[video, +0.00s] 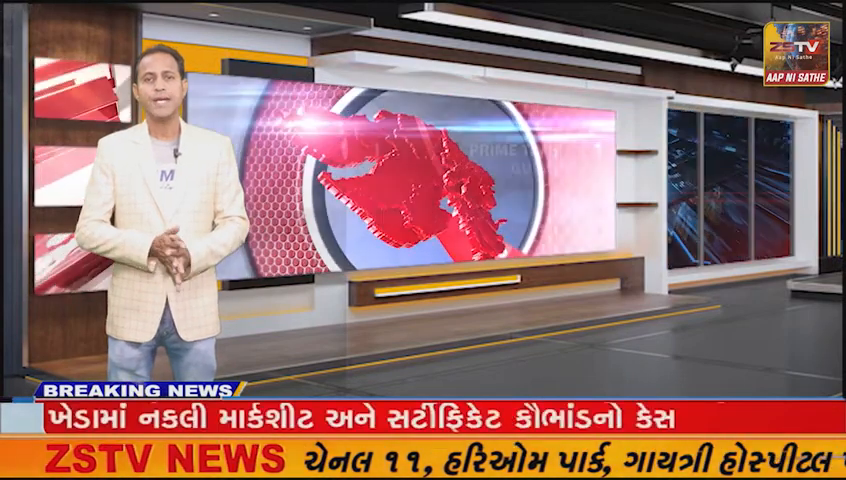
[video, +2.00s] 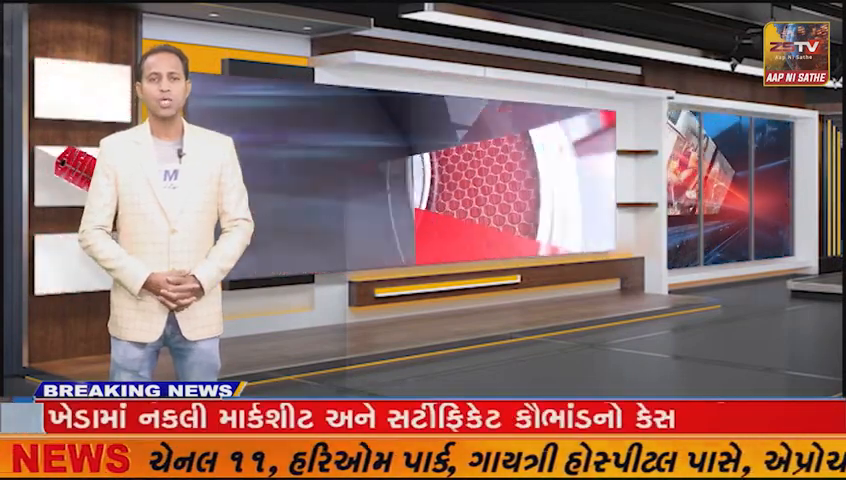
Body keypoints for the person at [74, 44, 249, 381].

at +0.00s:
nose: (160, 86)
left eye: (169, 77)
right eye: (149, 78)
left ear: (184, 86)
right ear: (136, 91)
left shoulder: (216, 147)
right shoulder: (113, 148)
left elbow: (235, 221)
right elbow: (88, 228)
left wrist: (195, 254)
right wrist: (146, 246)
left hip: (194, 303)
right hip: (133, 303)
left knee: (200, 415)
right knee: (125, 417)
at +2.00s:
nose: (164, 87)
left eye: (174, 78)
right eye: (154, 78)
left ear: (187, 88)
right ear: (140, 89)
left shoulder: (219, 147)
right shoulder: (115, 149)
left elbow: (239, 224)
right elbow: (92, 232)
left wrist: (201, 279)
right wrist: (145, 279)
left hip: (199, 310)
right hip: (135, 310)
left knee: (204, 420)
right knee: (127, 421)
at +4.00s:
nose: (163, 89)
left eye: (173, 79)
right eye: (153, 80)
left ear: (187, 88)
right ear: (140, 90)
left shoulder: (219, 148)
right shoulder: (115, 148)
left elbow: (238, 225)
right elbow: (92, 232)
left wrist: (201, 280)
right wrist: (144, 279)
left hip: (199, 310)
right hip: (134, 310)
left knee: (205, 419)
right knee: (125, 420)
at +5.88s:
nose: (168, 88)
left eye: (177, 79)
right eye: (157, 79)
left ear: (191, 88)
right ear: (143, 89)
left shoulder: (221, 149)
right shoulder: (117, 148)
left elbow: (239, 225)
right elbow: (93, 231)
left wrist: (201, 280)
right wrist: (145, 279)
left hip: (198, 309)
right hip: (134, 309)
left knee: (205, 419)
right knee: (125, 419)